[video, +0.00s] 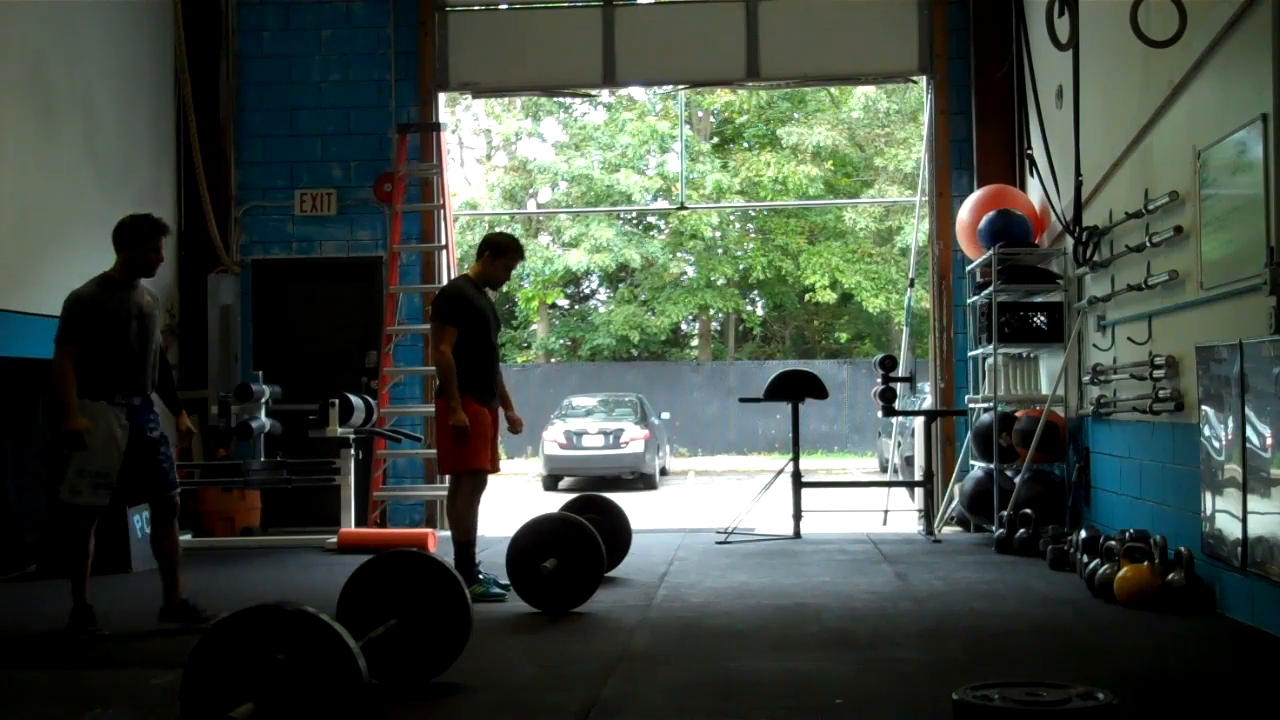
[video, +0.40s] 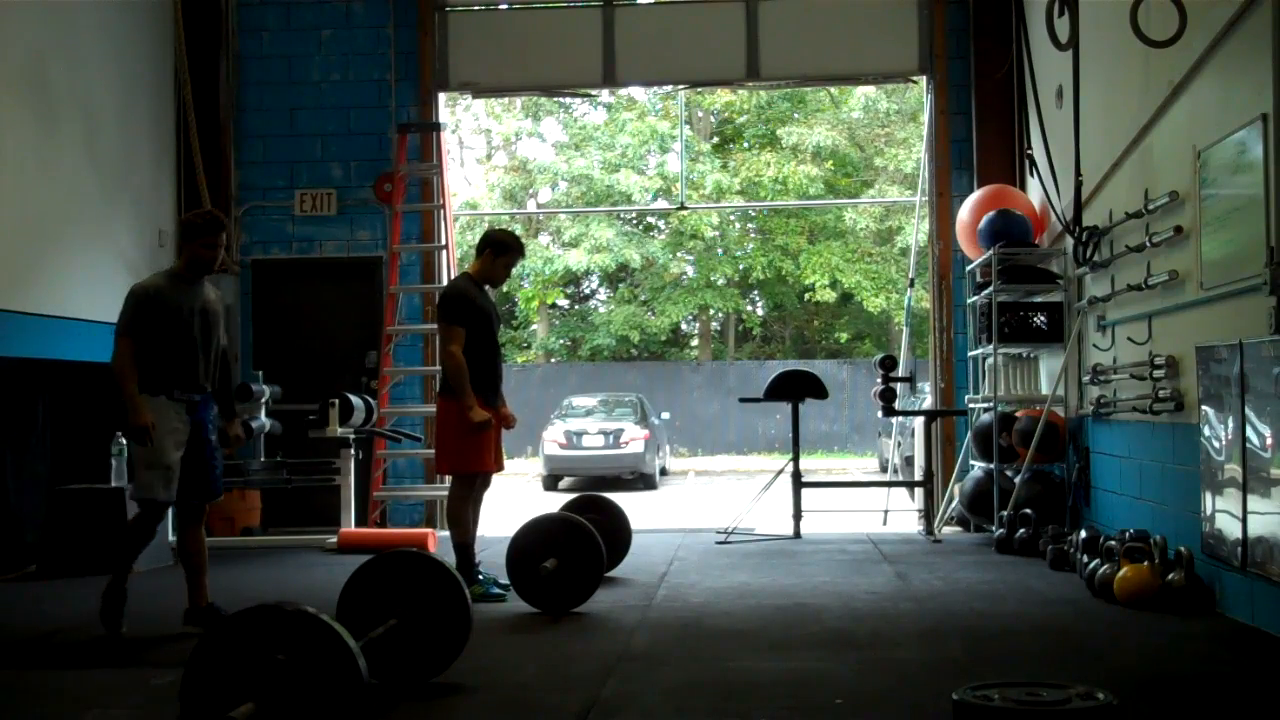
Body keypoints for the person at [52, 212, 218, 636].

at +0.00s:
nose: (161, 257)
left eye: (162, 249)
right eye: (155, 249)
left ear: (142, 251)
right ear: (130, 249)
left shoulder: (151, 302)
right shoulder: (85, 299)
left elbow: (158, 366)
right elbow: (63, 360)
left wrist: (179, 413)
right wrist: (72, 414)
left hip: (144, 417)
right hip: (96, 419)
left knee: (166, 505)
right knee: (88, 514)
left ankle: (174, 601)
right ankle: (80, 607)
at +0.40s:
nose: (219, 255)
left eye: (221, 248)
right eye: (212, 247)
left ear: (220, 252)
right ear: (189, 246)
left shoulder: (212, 301)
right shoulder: (147, 293)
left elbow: (221, 365)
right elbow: (123, 355)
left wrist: (229, 416)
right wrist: (134, 408)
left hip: (199, 414)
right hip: (157, 412)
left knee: (193, 513)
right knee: (154, 508)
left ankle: (198, 605)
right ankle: (116, 590)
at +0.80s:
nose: (227, 250)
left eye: (231, 243)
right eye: (218, 243)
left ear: (239, 244)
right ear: (199, 246)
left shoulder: (256, 296)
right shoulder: (173, 299)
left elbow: (281, 358)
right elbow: (141, 364)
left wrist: (316, 402)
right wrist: (126, 422)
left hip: (244, 416)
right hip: (197, 417)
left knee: (226, 515)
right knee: (221, 515)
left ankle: (203, 604)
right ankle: (238, 614)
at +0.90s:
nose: (223, 245)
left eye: (228, 237)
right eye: (213, 238)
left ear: (238, 239)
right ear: (196, 241)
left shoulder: (259, 290)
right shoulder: (176, 297)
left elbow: (283, 351)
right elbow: (148, 366)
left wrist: (313, 398)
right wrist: (131, 429)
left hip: (251, 411)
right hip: (202, 413)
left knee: (248, 507)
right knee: (225, 511)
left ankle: (213, 594)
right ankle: (238, 612)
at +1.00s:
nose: (219, 239)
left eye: (224, 230)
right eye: (209, 232)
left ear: (236, 232)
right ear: (194, 237)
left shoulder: (259, 285)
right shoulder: (176, 293)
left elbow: (284, 347)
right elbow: (154, 365)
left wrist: (310, 398)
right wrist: (142, 428)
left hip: (256, 410)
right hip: (204, 413)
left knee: (273, 503)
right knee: (225, 516)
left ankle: (232, 575)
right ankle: (239, 608)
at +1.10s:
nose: (214, 234)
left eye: (221, 226)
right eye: (205, 227)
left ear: (235, 229)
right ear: (192, 234)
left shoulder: (260, 283)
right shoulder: (175, 291)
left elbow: (286, 346)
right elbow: (155, 364)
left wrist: (311, 399)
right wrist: (155, 425)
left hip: (257, 412)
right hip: (203, 416)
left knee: (284, 505)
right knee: (222, 518)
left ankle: (263, 578)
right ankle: (240, 607)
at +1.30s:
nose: (213, 228)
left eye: (220, 220)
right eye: (204, 221)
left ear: (235, 225)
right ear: (191, 229)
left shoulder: (262, 280)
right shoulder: (173, 286)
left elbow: (291, 346)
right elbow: (157, 355)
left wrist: (318, 402)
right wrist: (171, 405)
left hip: (255, 412)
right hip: (202, 416)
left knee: (261, 516)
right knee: (222, 523)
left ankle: (273, 608)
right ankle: (239, 610)